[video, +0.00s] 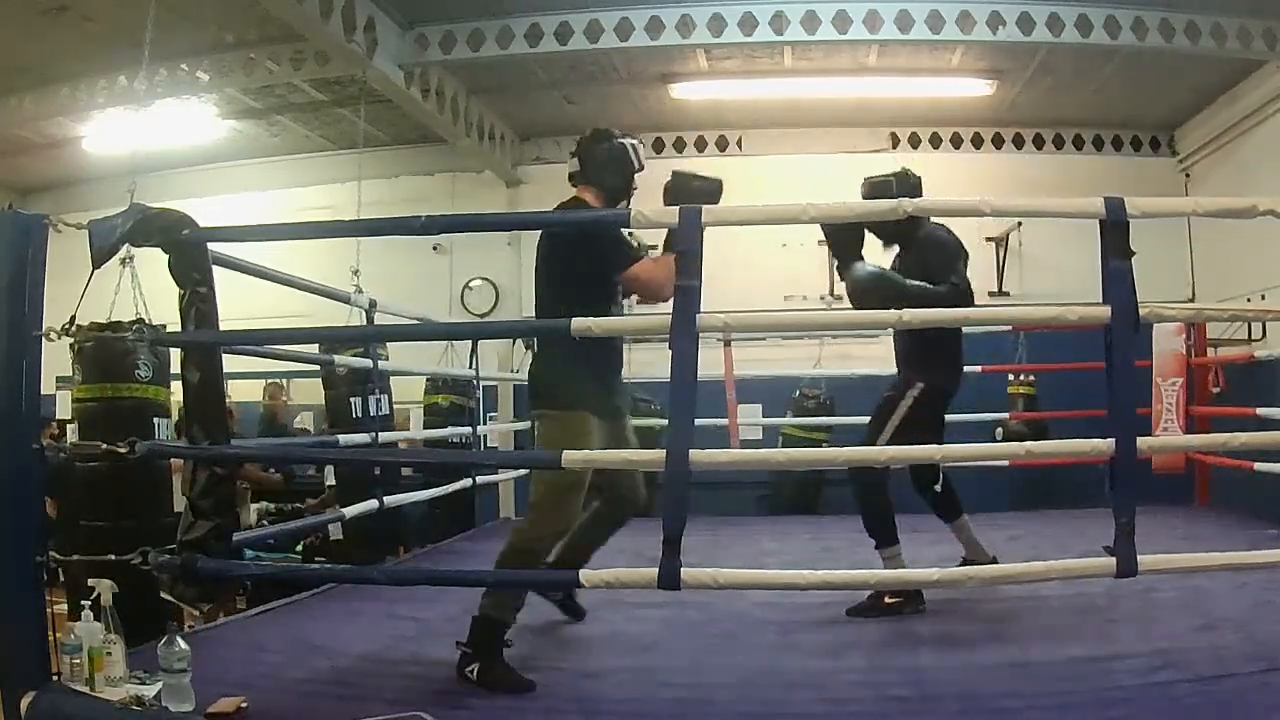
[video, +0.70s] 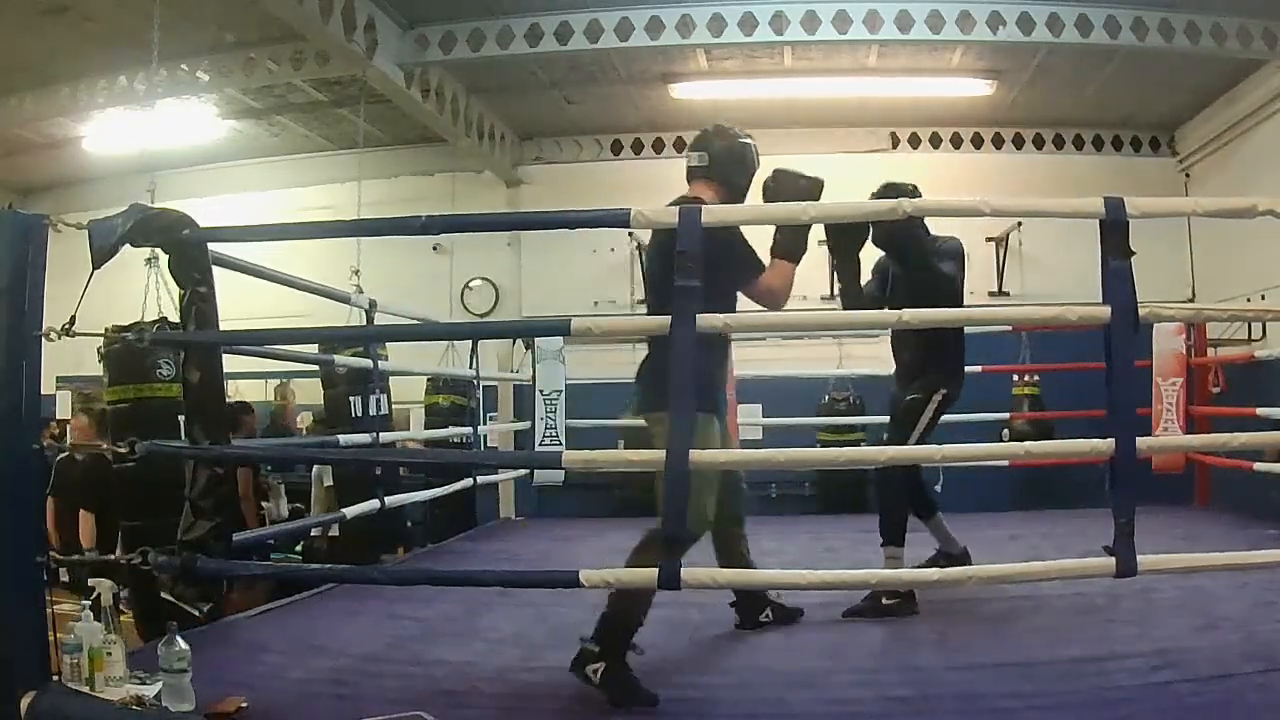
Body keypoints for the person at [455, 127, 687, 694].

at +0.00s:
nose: (636, 186)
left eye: (634, 177)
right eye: (634, 176)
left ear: (587, 171)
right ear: (623, 176)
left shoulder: (586, 222)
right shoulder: (586, 224)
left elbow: (640, 281)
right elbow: (657, 287)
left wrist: (659, 267)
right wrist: (678, 248)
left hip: (599, 394)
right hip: (570, 394)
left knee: (626, 496)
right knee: (551, 519)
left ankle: (558, 573)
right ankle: (482, 648)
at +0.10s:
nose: (648, 177)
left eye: (647, 167)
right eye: (645, 167)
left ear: (598, 162)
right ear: (632, 167)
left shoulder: (592, 210)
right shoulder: (602, 215)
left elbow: (646, 273)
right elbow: (674, 270)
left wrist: (692, 237)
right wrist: (699, 214)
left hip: (610, 381)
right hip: (578, 384)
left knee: (657, 476)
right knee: (553, 512)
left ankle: (609, 582)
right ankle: (485, 642)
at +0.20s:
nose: (668, 177)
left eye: (668, 167)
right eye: (666, 167)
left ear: (618, 163)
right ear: (652, 169)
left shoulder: (625, 215)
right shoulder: (616, 215)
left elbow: (692, 264)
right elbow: (704, 264)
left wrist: (704, 206)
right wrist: (723, 202)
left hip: (619, 380)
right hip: (590, 381)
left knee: (671, 481)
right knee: (602, 503)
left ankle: (648, 606)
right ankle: (506, 626)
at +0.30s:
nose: (688, 185)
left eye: (688, 178)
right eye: (687, 176)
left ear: (637, 167)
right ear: (674, 175)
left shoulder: (638, 216)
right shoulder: (627, 217)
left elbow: (687, 268)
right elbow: (711, 274)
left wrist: (700, 203)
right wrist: (738, 212)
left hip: (634, 384)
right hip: (604, 384)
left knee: (673, 488)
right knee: (643, 499)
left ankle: (649, 607)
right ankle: (564, 634)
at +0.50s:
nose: (719, 185)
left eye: (721, 175)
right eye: (719, 174)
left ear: (665, 163)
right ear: (704, 171)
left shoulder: (639, 215)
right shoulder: (669, 221)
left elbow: (709, 289)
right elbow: (730, 295)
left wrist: (754, 238)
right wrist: (763, 232)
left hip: (641, 390)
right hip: (645, 394)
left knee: (722, 466)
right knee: (655, 521)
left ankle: (687, 582)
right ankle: (591, 662)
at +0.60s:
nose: (736, 182)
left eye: (737, 174)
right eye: (735, 173)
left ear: (683, 162)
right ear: (723, 171)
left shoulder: (660, 210)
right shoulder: (686, 218)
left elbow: (735, 289)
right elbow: (747, 297)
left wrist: (766, 233)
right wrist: (777, 230)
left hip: (668, 389)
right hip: (660, 393)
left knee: (713, 481)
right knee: (656, 521)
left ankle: (738, 593)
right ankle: (593, 659)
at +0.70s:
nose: (750, 188)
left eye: (748, 179)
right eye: (749, 180)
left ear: (697, 171)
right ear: (738, 177)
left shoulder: (673, 225)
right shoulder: (714, 226)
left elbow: (678, 319)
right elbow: (774, 292)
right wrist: (793, 225)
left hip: (681, 393)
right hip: (688, 398)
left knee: (725, 504)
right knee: (682, 523)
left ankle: (751, 601)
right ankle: (604, 650)